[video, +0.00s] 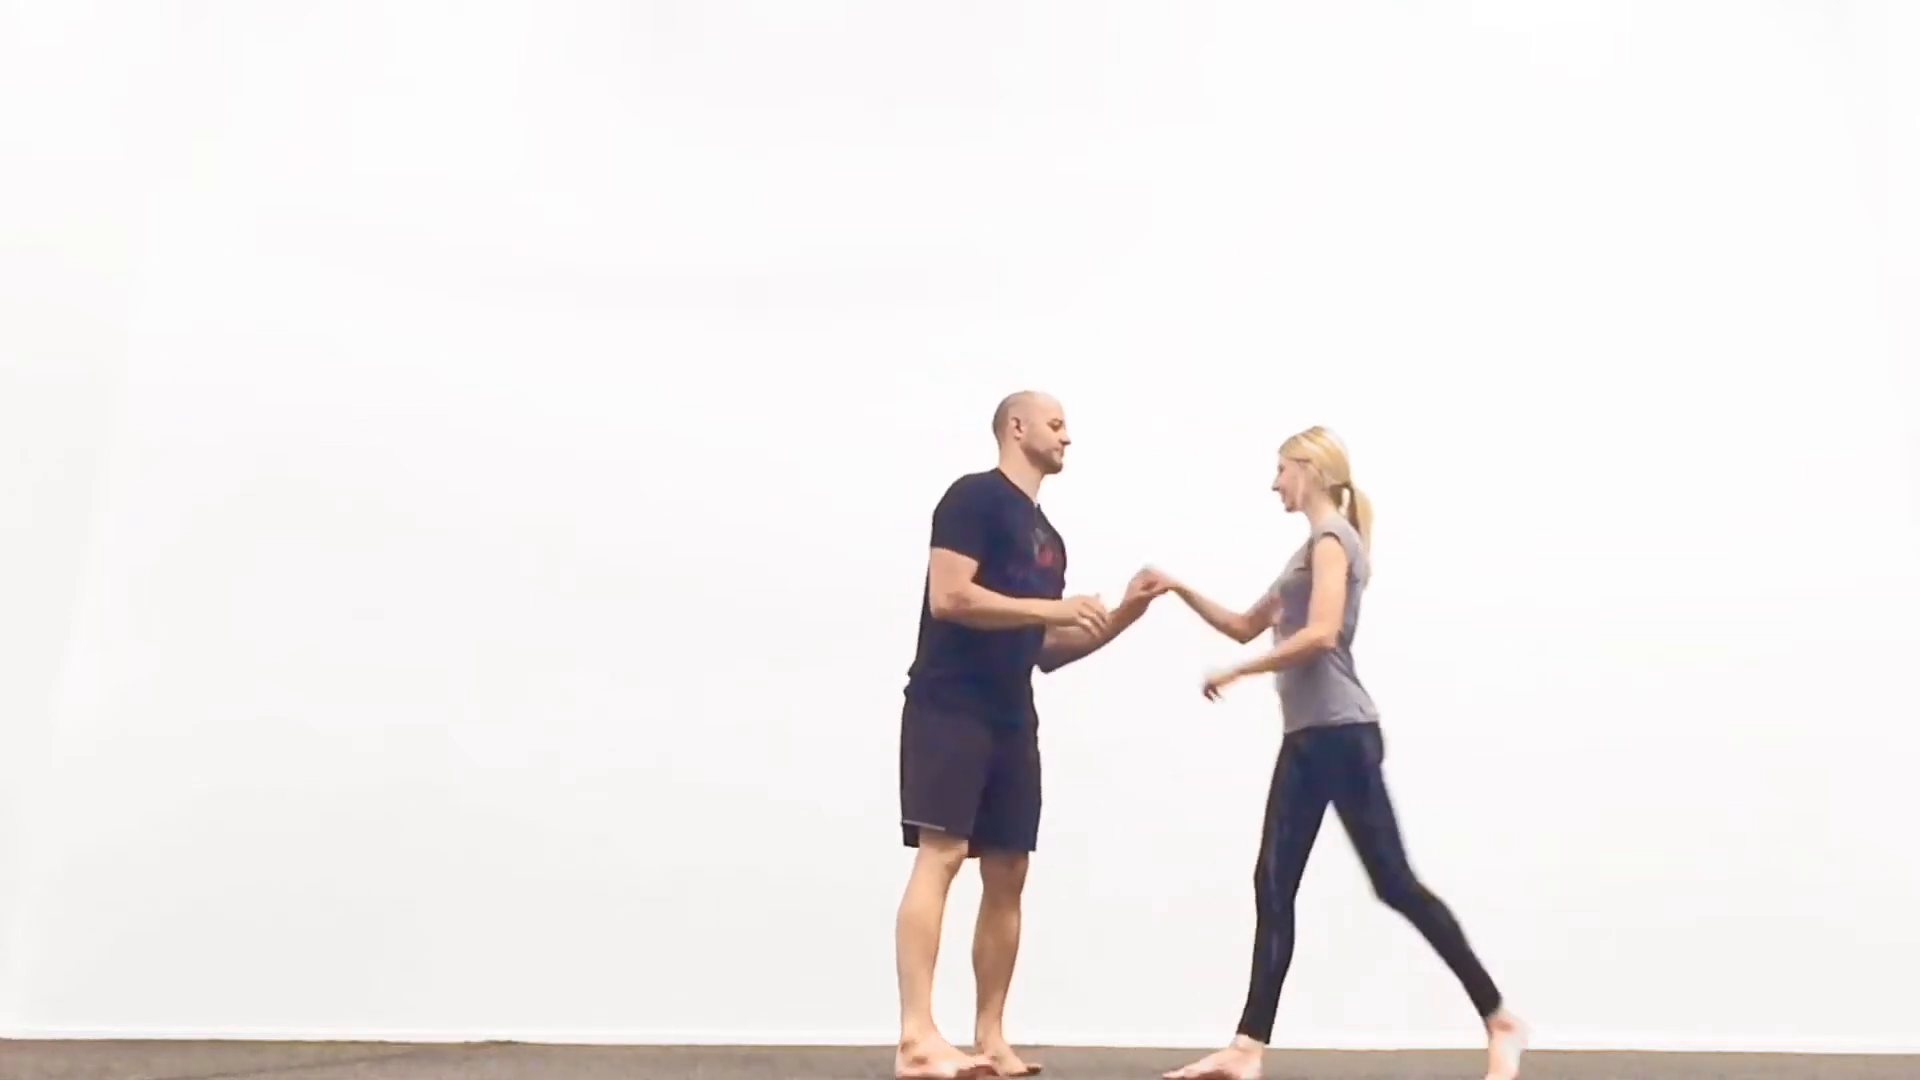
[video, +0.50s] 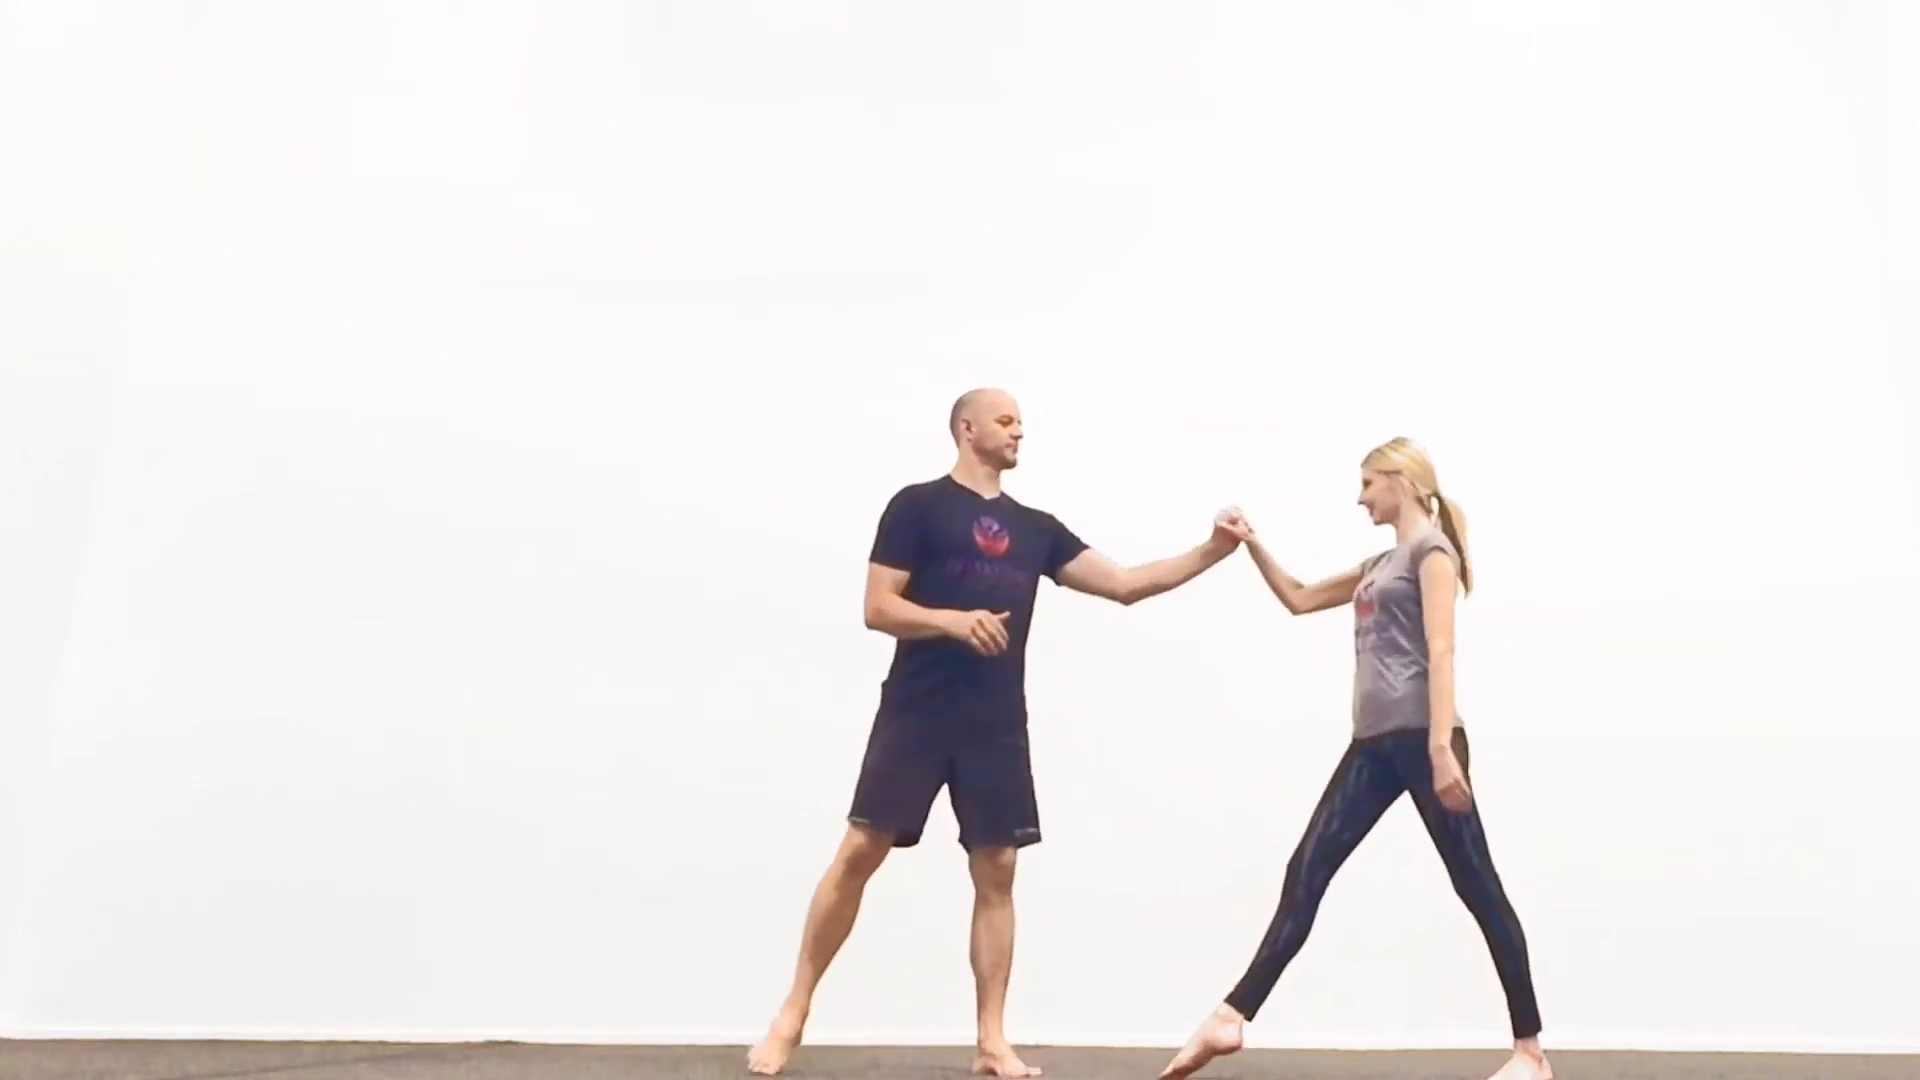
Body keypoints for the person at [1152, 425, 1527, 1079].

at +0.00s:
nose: (1275, 480)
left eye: (1281, 468)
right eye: (1277, 469)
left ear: (1309, 471)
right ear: (1312, 473)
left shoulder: (1331, 538)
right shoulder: (1311, 550)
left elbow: (1321, 632)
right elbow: (1244, 626)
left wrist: (1240, 669)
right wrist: (1176, 587)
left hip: (1341, 730)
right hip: (1306, 735)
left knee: (1395, 884)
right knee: (1273, 883)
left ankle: (1499, 1021)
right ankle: (1247, 1047)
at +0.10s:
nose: (1305, 486)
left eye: (1311, 474)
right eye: (1306, 475)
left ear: (1339, 476)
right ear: (1346, 478)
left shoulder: (1365, 543)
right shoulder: (1340, 556)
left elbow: (1371, 642)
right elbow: (1264, 617)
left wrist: (1303, 712)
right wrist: (1203, 568)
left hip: (1381, 733)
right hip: (1342, 738)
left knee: (1449, 881)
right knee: (1290, 883)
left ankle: (1524, 1035)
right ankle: (1246, 1043)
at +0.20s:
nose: (1329, 489)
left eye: (1336, 478)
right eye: (1330, 479)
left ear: (1365, 481)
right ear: (1365, 483)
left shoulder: (1396, 548)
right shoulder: (1355, 561)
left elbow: (1404, 650)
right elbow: (1280, 607)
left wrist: (1374, 742)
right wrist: (1227, 550)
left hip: (1411, 736)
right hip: (1358, 741)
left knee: (1475, 883)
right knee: (1306, 886)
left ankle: (1531, 1045)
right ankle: (1243, 1037)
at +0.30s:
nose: (1347, 494)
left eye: (1353, 481)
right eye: (1348, 483)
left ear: (1385, 482)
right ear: (1381, 486)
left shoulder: (1416, 551)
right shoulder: (1368, 565)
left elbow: (1429, 650)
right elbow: (1289, 595)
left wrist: (1433, 753)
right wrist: (1248, 533)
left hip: (1424, 741)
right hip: (1373, 749)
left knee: (1489, 891)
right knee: (1318, 887)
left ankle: (1533, 1048)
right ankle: (1241, 1028)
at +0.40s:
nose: (1359, 493)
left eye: (1367, 481)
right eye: (1360, 483)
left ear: (1401, 484)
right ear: (1396, 487)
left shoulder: (1431, 553)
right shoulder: (1377, 565)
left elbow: (1447, 652)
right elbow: (1295, 590)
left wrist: (1454, 748)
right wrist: (1253, 530)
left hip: (1429, 740)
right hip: (1377, 746)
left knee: (1486, 892)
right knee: (1318, 880)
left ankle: (1531, 1049)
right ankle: (1239, 1021)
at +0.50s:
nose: (1362, 494)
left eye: (1370, 482)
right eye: (1363, 484)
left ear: (1405, 484)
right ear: (1399, 486)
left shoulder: (1433, 553)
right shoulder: (1381, 565)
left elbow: (1441, 651)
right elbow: (1299, 598)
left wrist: (1440, 747)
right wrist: (1250, 542)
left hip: (1424, 741)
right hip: (1373, 745)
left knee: (1480, 890)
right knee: (1305, 873)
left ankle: (1529, 1049)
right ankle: (1232, 1016)